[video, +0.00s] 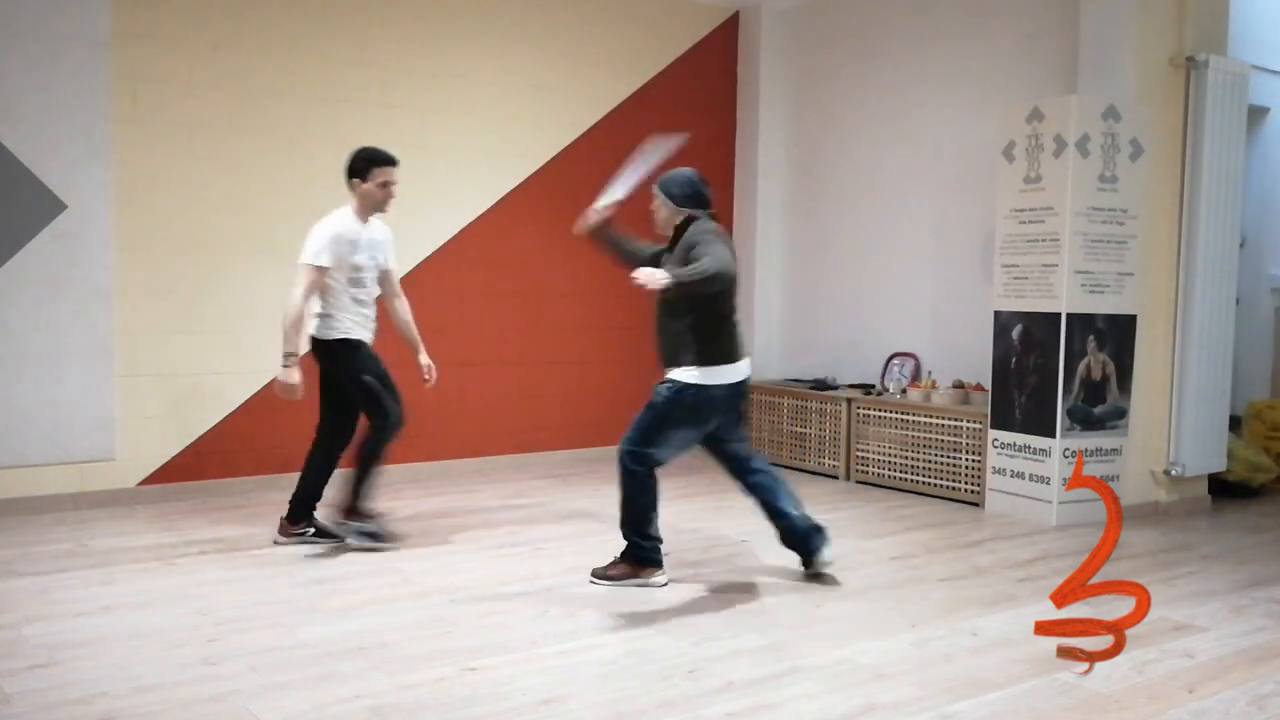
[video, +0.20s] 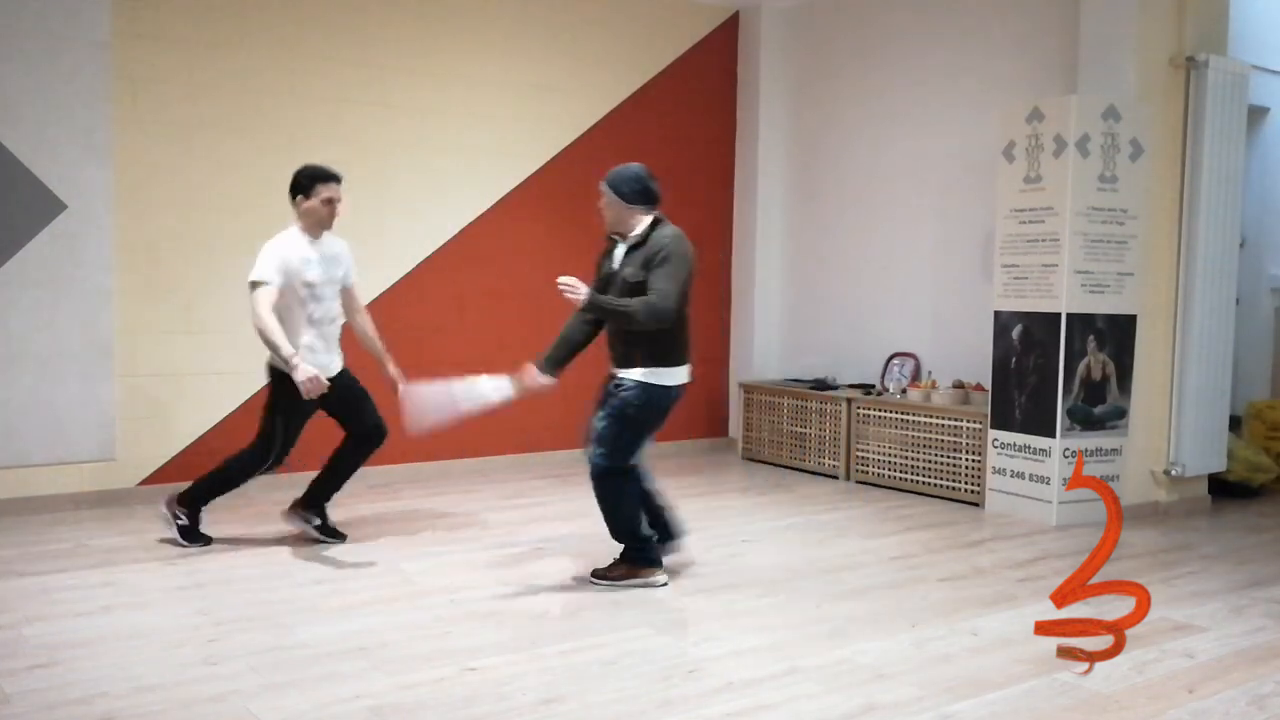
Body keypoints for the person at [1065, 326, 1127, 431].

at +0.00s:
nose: (1088, 345)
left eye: (1091, 342)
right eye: (1088, 342)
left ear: (1098, 344)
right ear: (1087, 344)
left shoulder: (1108, 364)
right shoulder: (1084, 364)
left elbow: (1114, 390)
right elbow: (1076, 390)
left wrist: (1108, 406)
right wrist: (1070, 409)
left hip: (1103, 406)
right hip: (1086, 406)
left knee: (1121, 411)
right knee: (1071, 410)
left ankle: (1087, 424)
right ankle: (1100, 425)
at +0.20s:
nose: (1088, 345)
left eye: (1091, 342)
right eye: (1088, 342)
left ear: (1098, 344)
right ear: (1087, 344)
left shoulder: (1108, 364)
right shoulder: (1084, 364)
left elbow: (1114, 391)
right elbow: (1076, 390)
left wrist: (1107, 407)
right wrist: (1070, 409)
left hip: (1103, 406)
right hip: (1086, 406)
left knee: (1121, 411)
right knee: (1071, 410)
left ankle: (1086, 425)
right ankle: (1099, 425)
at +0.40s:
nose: (1088, 345)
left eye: (1091, 342)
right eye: (1088, 342)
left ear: (1099, 344)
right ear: (1087, 344)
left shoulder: (1108, 365)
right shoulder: (1084, 364)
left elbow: (1114, 392)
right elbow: (1076, 390)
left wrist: (1106, 407)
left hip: (1103, 406)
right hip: (1086, 406)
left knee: (1122, 411)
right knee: (1071, 410)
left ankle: (1086, 425)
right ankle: (1099, 425)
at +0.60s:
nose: (1088, 345)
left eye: (1091, 342)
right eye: (1088, 342)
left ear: (1098, 344)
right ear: (1087, 344)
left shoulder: (1108, 365)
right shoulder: (1084, 364)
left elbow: (1114, 392)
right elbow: (1076, 390)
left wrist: (1106, 407)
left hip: (1103, 406)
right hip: (1086, 406)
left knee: (1122, 411)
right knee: (1071, 410)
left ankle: (1086, 425)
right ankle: (1100, 425)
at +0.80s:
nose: (1088, 345)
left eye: (1091, 342)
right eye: (1088, 342)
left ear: (1099, 344)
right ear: (1087, 344)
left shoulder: (1108, 365)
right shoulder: (1083, 365)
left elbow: (1114, 393)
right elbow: (1076, 391)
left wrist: (1106, 407)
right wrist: (1070, 409)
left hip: (1103, 406)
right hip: (1086, 406)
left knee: (1122, 411)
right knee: (1071, 410)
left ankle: (1086, 425)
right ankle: (1100, 425)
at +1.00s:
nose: (1088, 345)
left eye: (1091, 342)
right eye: (1088, 342)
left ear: (1099, 344)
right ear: (1087, 344)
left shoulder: (1108, 365)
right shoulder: (1084, 364)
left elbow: (1114, 392)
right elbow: (1076, 390)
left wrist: (1106, 407)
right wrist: (1071, 408)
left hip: (1103, 406)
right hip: (1086, 406)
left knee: (1122, 411)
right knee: (1071, 410)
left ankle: (1086, 425)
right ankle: (1099, 425)